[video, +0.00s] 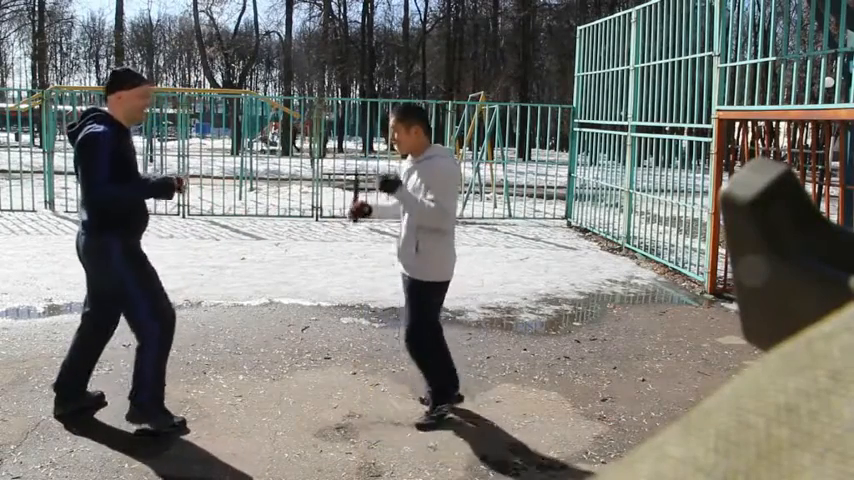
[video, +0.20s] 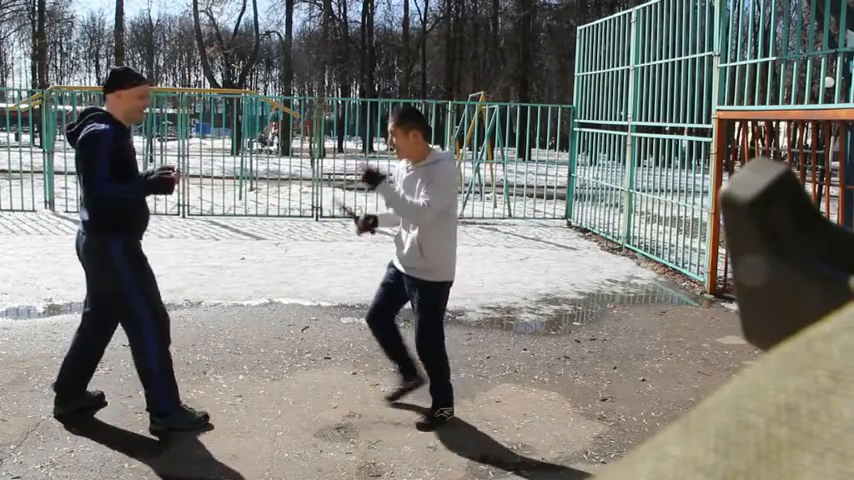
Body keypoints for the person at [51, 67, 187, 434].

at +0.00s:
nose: (148, 106)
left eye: (149, 99)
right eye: (143, 98)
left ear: (121, 99)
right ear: (119, 97)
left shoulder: (110, 131)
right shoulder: (100, 134)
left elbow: (118, 184)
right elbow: (104, 193)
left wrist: (160, 186)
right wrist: (158, 188)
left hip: (103, 244)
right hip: (112, 247)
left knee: (99, 320)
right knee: (158, 319)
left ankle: (70, 397)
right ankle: (147, 406)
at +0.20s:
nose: (147, 105)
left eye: (148, 98)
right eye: (142, 97)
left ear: (118, 98)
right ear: (117, 97)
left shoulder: (113, 132)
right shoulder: (101, 134)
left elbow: (115, 186)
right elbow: (102, 195)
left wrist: (152, 181)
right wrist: (152, 185)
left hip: (108, 243)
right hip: (112, 247)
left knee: (99, 321)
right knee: (150, 324)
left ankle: (69, 397)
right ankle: (166, 411)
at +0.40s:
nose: (152, 105)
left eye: (153, 98)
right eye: (148, 98)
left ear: (124, 99)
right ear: (124, 98)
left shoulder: (111, 130)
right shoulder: (112, 134)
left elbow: (118, 190)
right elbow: (117, 194)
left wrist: (161, 188)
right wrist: (163, 189)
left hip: (105, 244)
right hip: (122, 248)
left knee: (104, 320)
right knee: (159, 324)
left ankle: (70, 396)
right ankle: (166, 411)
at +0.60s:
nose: (155, 108)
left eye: (155, 101)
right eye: (151, 101)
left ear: (124, 98)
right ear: (127, 98)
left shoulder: (106, 129)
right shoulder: (118, 134)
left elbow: (117, 185)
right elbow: (126, 190)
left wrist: (154, 177)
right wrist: (160, 178)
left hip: (100, 244)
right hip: (125, 248)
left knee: (107, 314)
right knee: (159, 324)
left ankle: (67, 388)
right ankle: (166, 411)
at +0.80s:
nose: (147, 114)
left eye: (148, 107)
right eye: (142, 107)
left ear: (117, 105)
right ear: (118, 104)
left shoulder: (104, 134)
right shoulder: (102, 139)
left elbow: (113, 188)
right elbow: (116, 193)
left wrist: (137, 159)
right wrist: (143, 159)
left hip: (96, 248)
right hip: (113, 251)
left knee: (96, 319)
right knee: (162, 320)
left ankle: (61, 395)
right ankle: (170, 410)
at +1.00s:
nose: (143, 111)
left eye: (144, 104)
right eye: (138, 104)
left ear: (113, 104)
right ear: (114, 102)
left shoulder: (107, 135)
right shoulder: (98, 138)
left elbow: (114, 184)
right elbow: (107, 193)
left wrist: (144, 170)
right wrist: (146, 175)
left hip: (102, 247)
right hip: (114, 250)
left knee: (99, 319)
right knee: (157, 321)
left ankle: (61, 394)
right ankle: (173, 409)